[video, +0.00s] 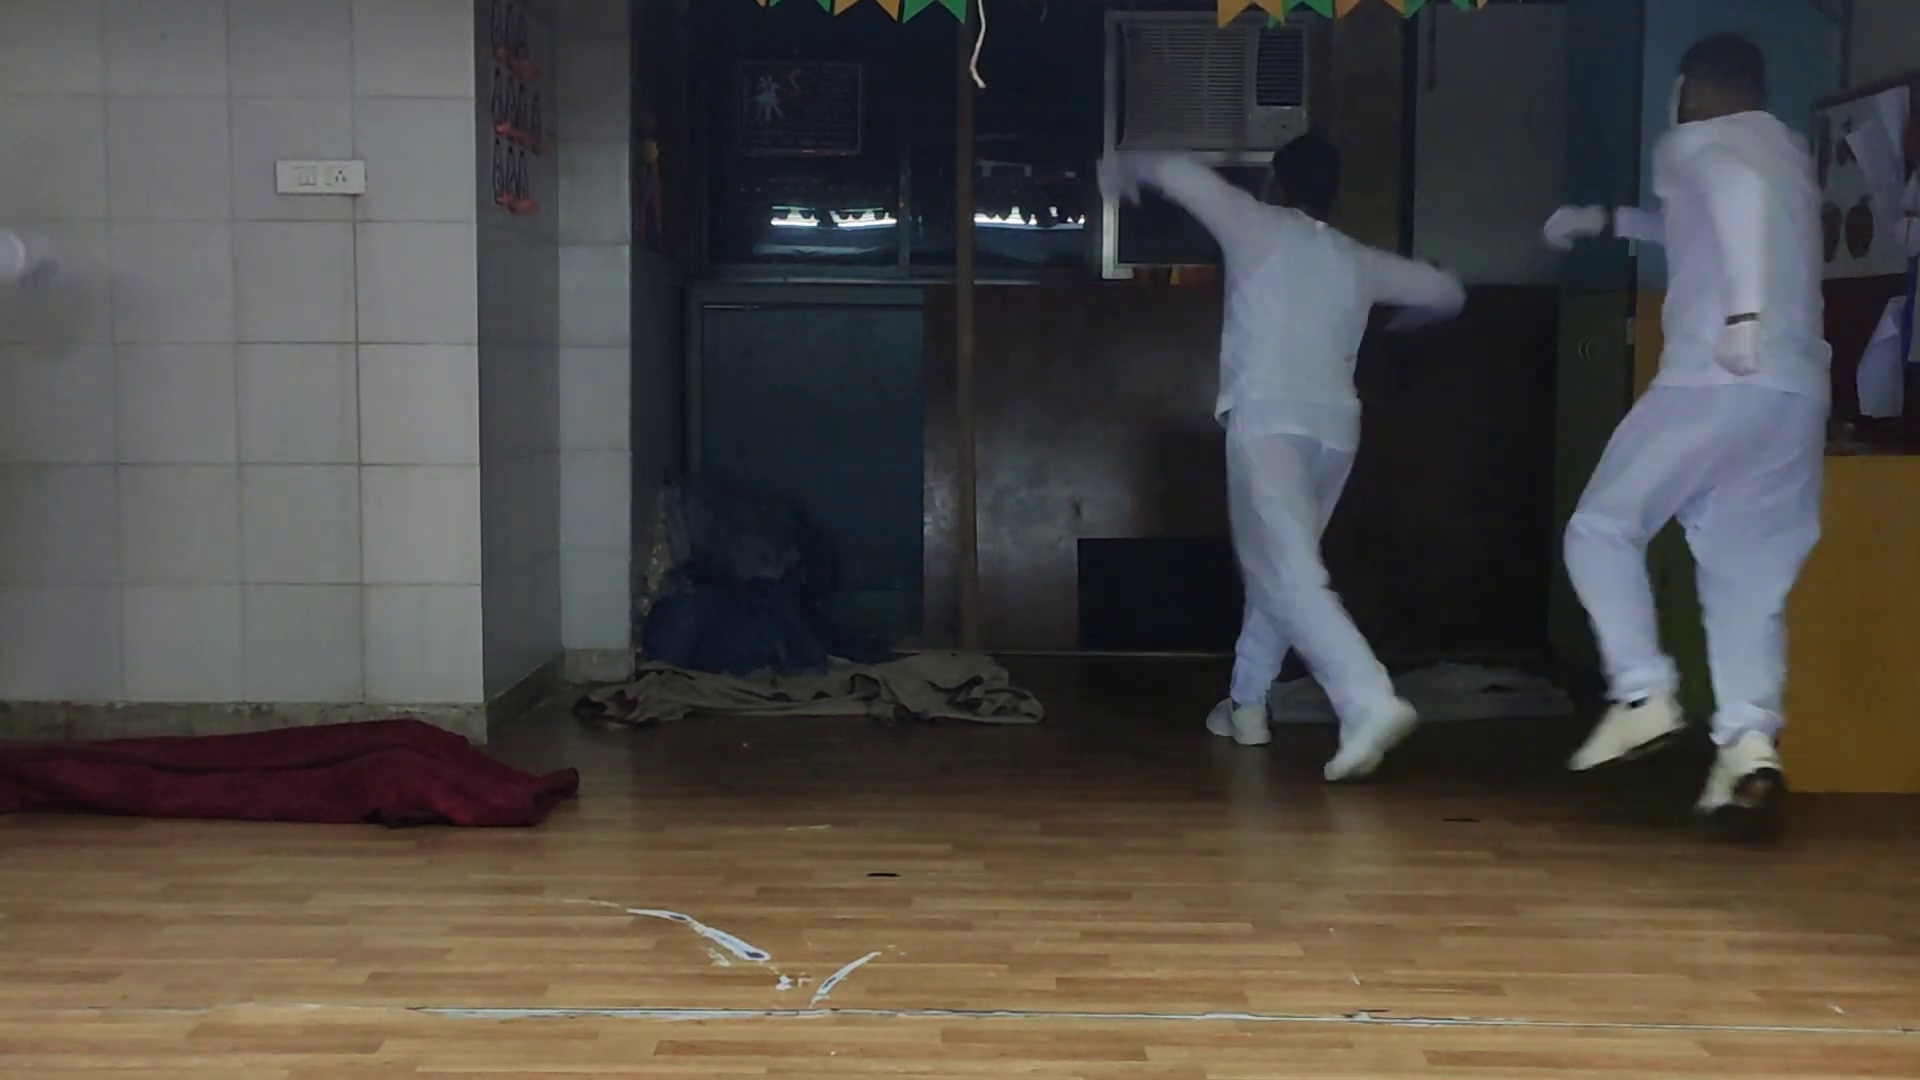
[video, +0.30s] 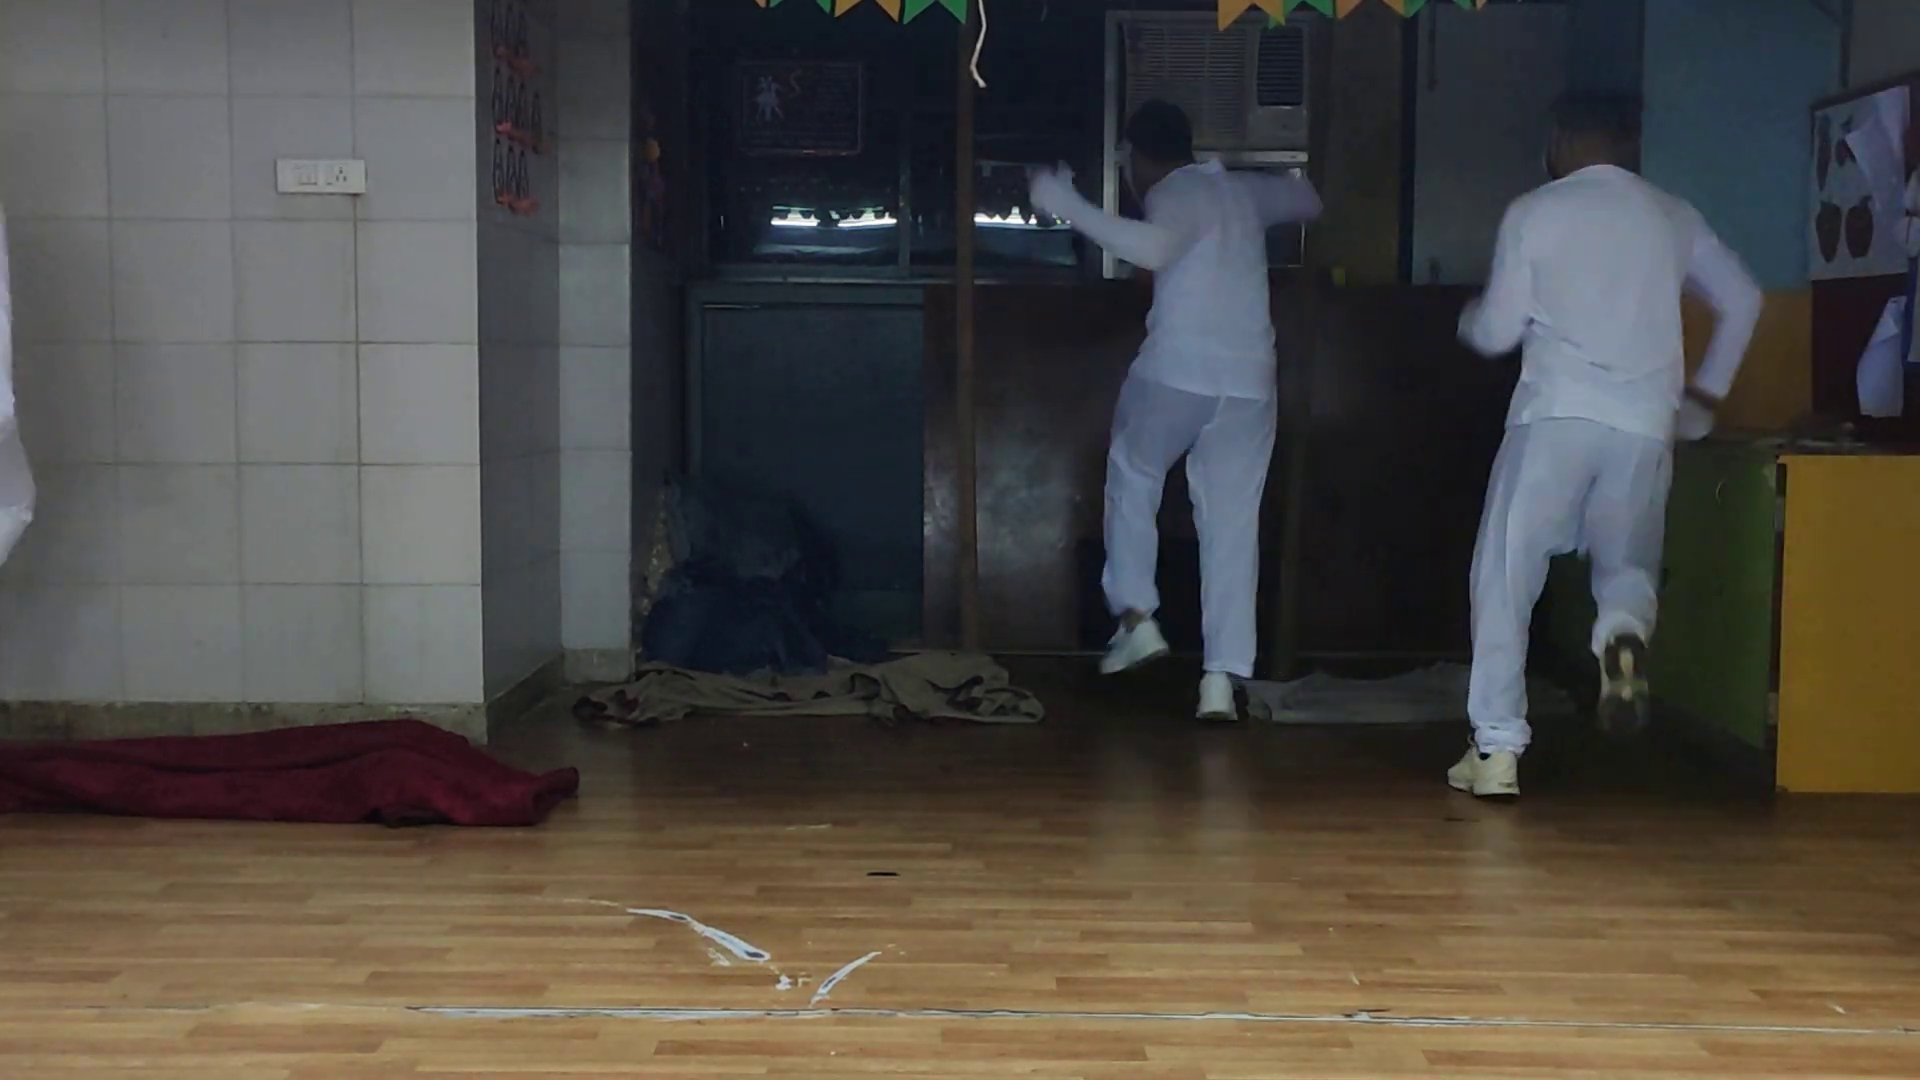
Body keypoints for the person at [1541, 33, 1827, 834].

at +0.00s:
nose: (1677, 105)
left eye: (1680, 91)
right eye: (1681, 93)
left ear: (1695, 88)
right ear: (1755, 92)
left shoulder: (1691, 138)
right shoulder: (1788, 158)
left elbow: (1737, 193)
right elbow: (1697, 233)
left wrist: (1744, 315)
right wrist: (1606, 220)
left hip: (1714, 377)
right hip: (1795, 391)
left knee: (1601, 526)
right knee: (1743, 570)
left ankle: (1640, 696)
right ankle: (1749, 744)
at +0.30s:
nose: (1553, 151)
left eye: (1556, 139)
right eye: (1562, 139)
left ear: (1561, 144)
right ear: (1629, 144)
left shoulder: (1534, 213)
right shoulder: (1673, 215)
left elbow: (1495, 332)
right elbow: (1742, 299)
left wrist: (1470, 315)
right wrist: (1705, 392)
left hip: (1556, 419)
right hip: (1644, 426)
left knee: (1505, 575)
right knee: (1627, 561)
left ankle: (1495, 752)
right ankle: (1624, 637)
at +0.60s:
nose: (1530, 152)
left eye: (1531, 142)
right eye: (1537, 141)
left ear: (1535, 142)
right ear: (1591, 147)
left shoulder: (1502, 194)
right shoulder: (1631, 212)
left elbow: (1432, 265)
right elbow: (1701, 282)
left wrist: (1483, 235)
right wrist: (1663, 363)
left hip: (1521, 406)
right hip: (1599, 409)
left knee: (1529, 561)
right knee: (1584, 553)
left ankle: (1569, 720)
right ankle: (1591, 688)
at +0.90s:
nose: (1453, 150)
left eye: (1454, 140)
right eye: (1455, 140)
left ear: (1465, 137)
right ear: (1512, 132)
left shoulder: (1467, 184)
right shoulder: (1551, 173)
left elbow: (1461, 228)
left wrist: (1435, 324)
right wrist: (1412, 185)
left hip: (1502, 376)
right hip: (1572, 379)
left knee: (1416, 456)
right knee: (1569, 519)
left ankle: (1468, 590)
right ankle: (1578, 665)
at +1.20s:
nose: (1365, 200)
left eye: (1366, 187)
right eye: (1363, 188)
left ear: (1388, 181)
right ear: (1415, 178)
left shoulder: (1400, 259)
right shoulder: (1457, 226)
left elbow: (1411, 368)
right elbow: (1426, 288)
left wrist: (1375, 441)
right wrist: (1361, 289)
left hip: (1426, 417)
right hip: (1480, 409)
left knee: (1388, 529)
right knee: (1486, 521)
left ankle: (1414, 656)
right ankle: (1550, 616)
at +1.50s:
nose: (1264, 168)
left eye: (1273, 157)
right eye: (1264, 157)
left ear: (1304, 151)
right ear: (1311, 153)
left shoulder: (1324, 194)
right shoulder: (1344, 200)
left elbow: (1272, 247)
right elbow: (1401, 233)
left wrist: (1188, 265)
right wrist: (1405, 307)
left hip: (1358, 386)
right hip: (1312, 381)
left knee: (1345, 512)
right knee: (1247, 480)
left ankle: (1353, 646)